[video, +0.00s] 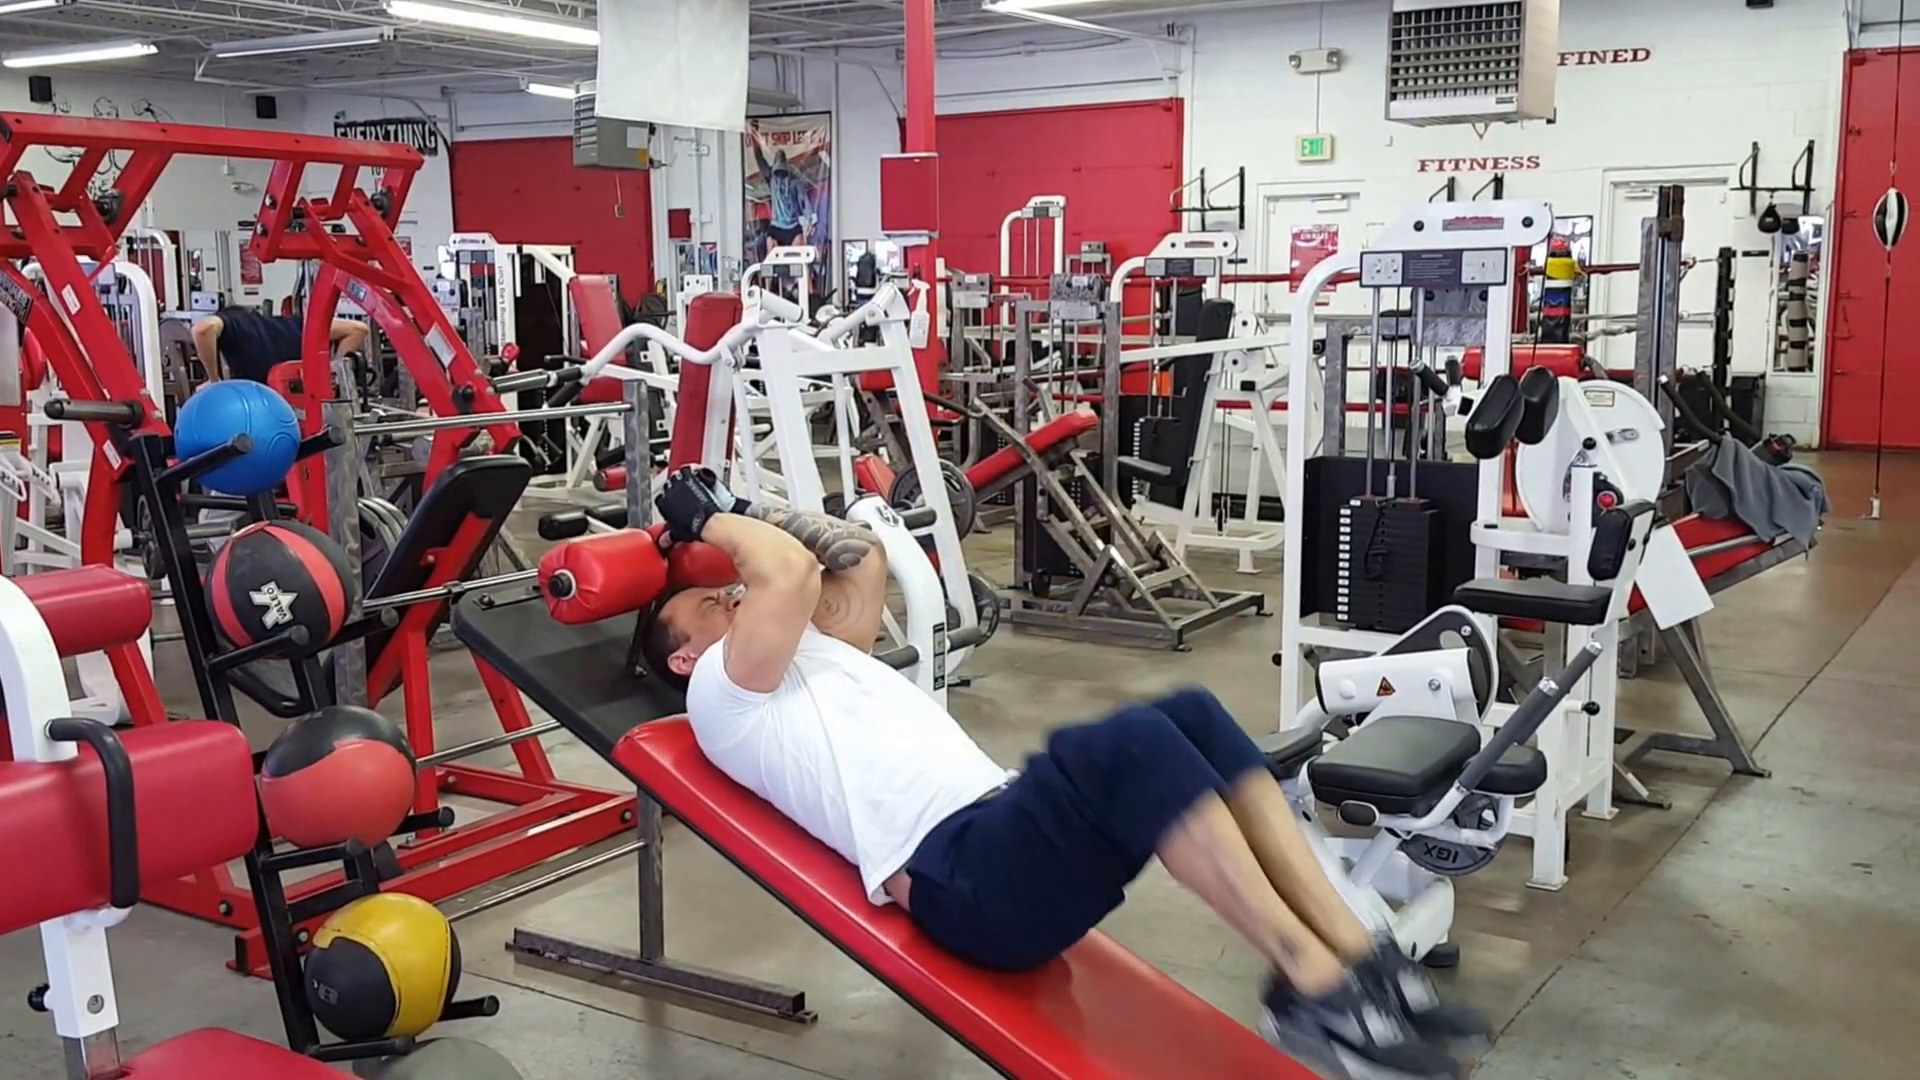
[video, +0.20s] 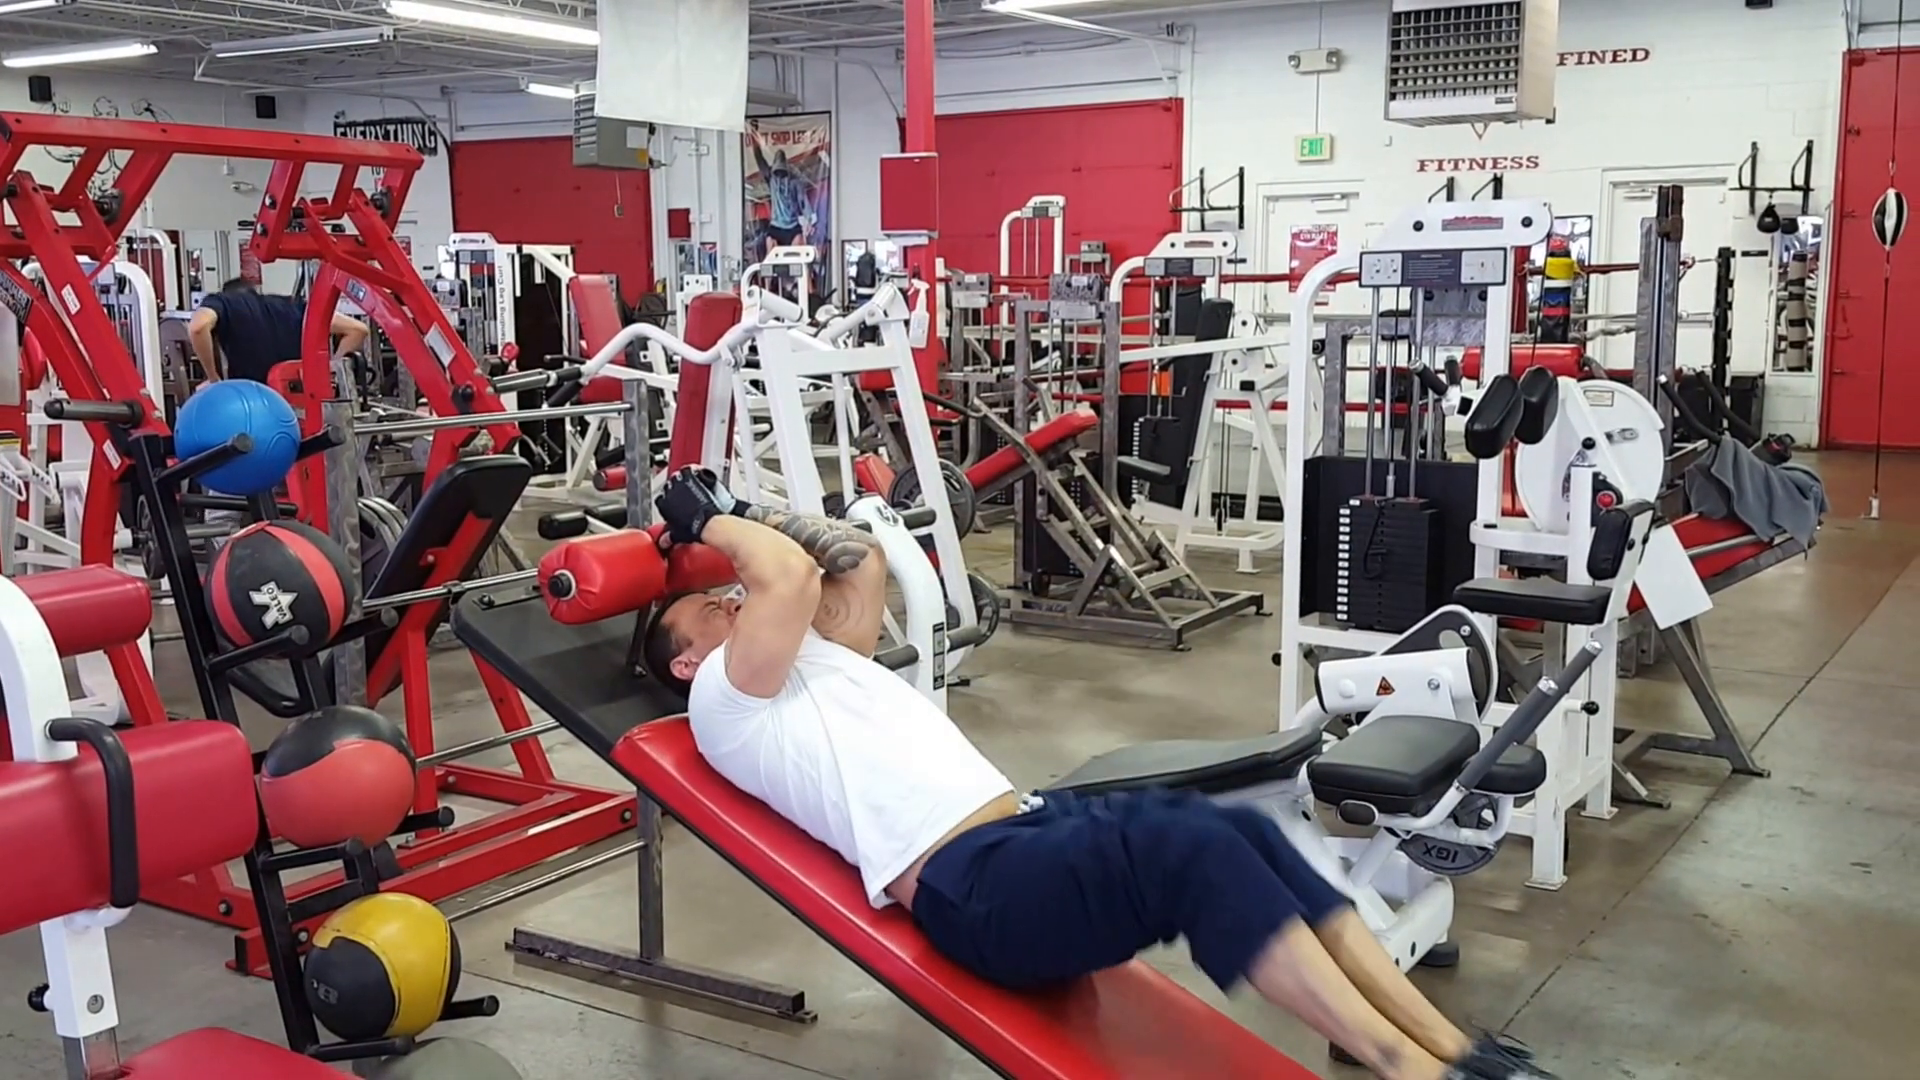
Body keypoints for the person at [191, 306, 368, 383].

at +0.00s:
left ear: (231, 315)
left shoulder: (234, 320)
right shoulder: (300, 324)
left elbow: (202, 331)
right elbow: (358, 330)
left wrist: (213, 380)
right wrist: (334, 363)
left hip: (259, 421)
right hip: (309, 418)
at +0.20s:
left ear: (225, 293)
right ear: (255, 289)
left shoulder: (221, 301)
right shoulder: (293, 304)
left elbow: (198, 327)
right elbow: (358, 330)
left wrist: (213, 379)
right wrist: (332, 364)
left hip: (252, 412)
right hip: (305, 409)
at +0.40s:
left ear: (234, 268)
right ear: (266, 266)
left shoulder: (220, 280)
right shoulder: (297, 285)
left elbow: (192, 319)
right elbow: (351, 328)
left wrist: (208, 374)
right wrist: (331, 367)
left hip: (242, 399)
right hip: (299, 397)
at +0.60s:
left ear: (248, 247)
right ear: (280, 244)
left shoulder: (223, 273)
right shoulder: (302, 278)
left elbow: (183, 314)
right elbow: (350, 329)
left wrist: (182, 377)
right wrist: (328, 366)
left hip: (240, 402)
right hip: (298, 401)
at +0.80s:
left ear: (257, 235)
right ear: (292, 236)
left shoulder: (233, 270)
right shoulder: (309, 275)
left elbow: (189, 324)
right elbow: (351, 331)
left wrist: (177, 384)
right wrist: (327, 367)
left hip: (243, 395)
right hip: (301, 396)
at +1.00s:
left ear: (263, 227)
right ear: (304, 228)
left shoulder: (242, 267)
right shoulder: (318, 270)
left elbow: (216, 334)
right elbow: (351, 334)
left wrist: (206, 376)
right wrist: (330, 367)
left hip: (247, 390)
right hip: (303, 388)